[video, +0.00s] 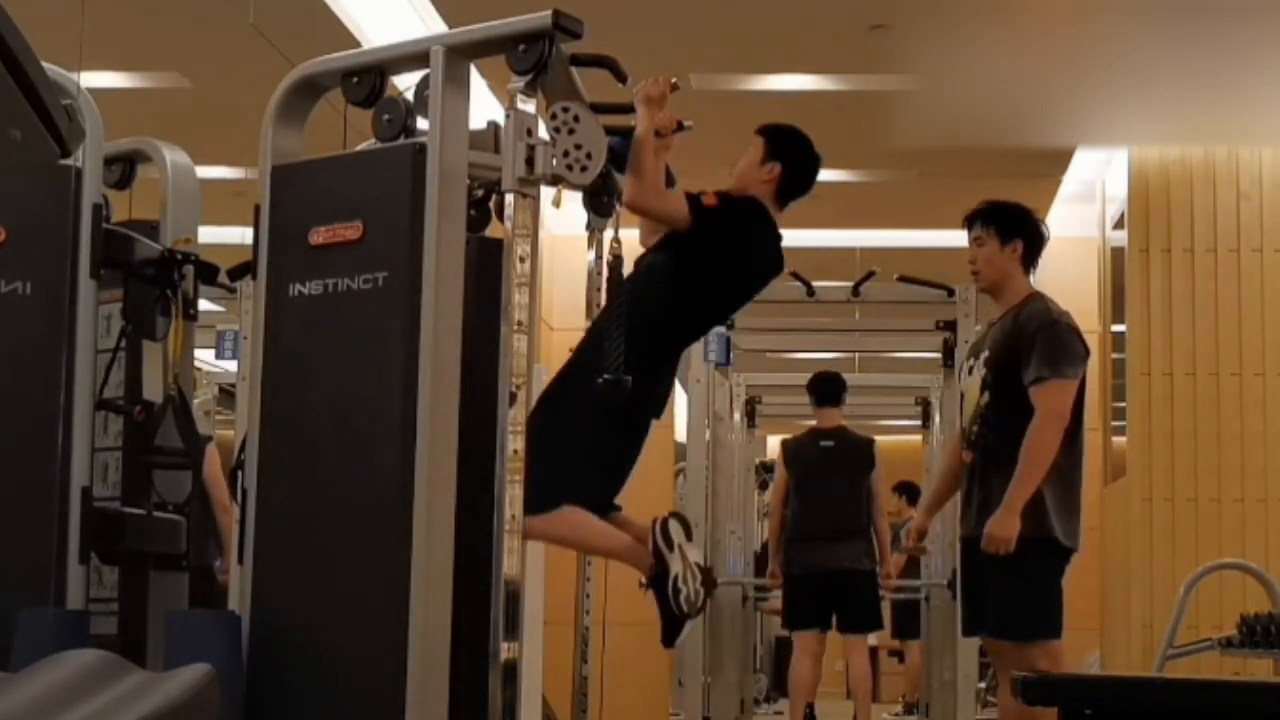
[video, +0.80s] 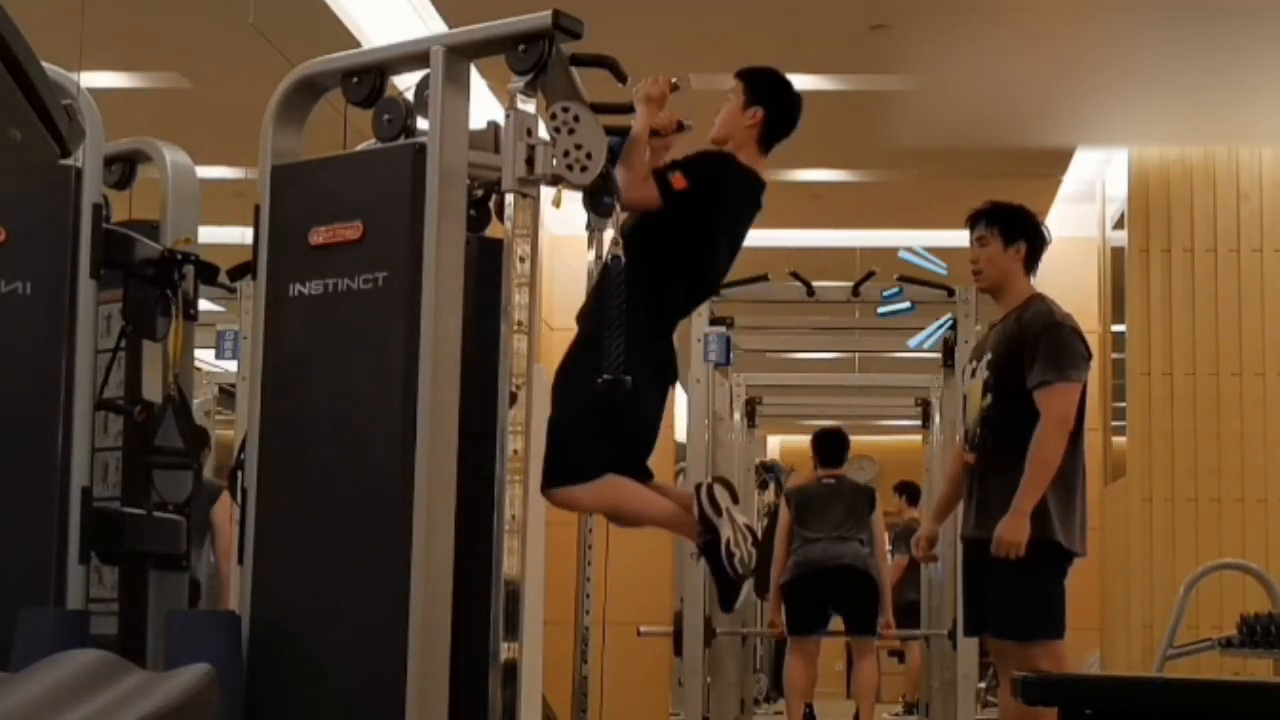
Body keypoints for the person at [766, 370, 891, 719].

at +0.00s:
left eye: (814, 398)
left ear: (811, 400)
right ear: (844, 399)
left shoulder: (790, 448)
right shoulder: (866, 447)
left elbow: (776, 508)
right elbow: (879, 511)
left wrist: (773, 558)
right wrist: (886, 560)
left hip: (805, 566)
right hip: (854, 564)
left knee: (805, 648)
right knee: (857, 649)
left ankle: (798, 716)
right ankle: (863, 715)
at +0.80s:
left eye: (816, 452)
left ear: (813, 456)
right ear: (847, 455)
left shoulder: (793, 496)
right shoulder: (867, 495)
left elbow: (779, 557)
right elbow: (881, 557)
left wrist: (774, 607)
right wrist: (887, 611)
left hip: (806, 583)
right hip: (856, 582)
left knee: (801, 652)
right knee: (864, 652)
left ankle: (797, 715)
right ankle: (865, 715)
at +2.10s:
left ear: (815, 399)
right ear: (848, 398)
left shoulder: (794, 449)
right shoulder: (869, 449)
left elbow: (774, 512)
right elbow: (886, 513)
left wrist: (773, 563)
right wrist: (891, 566)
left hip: (808, 564)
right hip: (856, 563)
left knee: (806, 648)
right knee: (859, 650)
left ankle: (798, 715)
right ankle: (863, 715)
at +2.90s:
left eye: (814, 396)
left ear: (811, 399)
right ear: (845, 398)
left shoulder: (790, 448)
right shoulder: (866, 447)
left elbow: (771, 509)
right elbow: (884, 510)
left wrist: (772, 559)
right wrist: (888, 560)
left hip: (806, 567)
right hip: (855, 566)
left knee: (805, 649)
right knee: (858, 650)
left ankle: (797, 716)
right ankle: (863, 715)